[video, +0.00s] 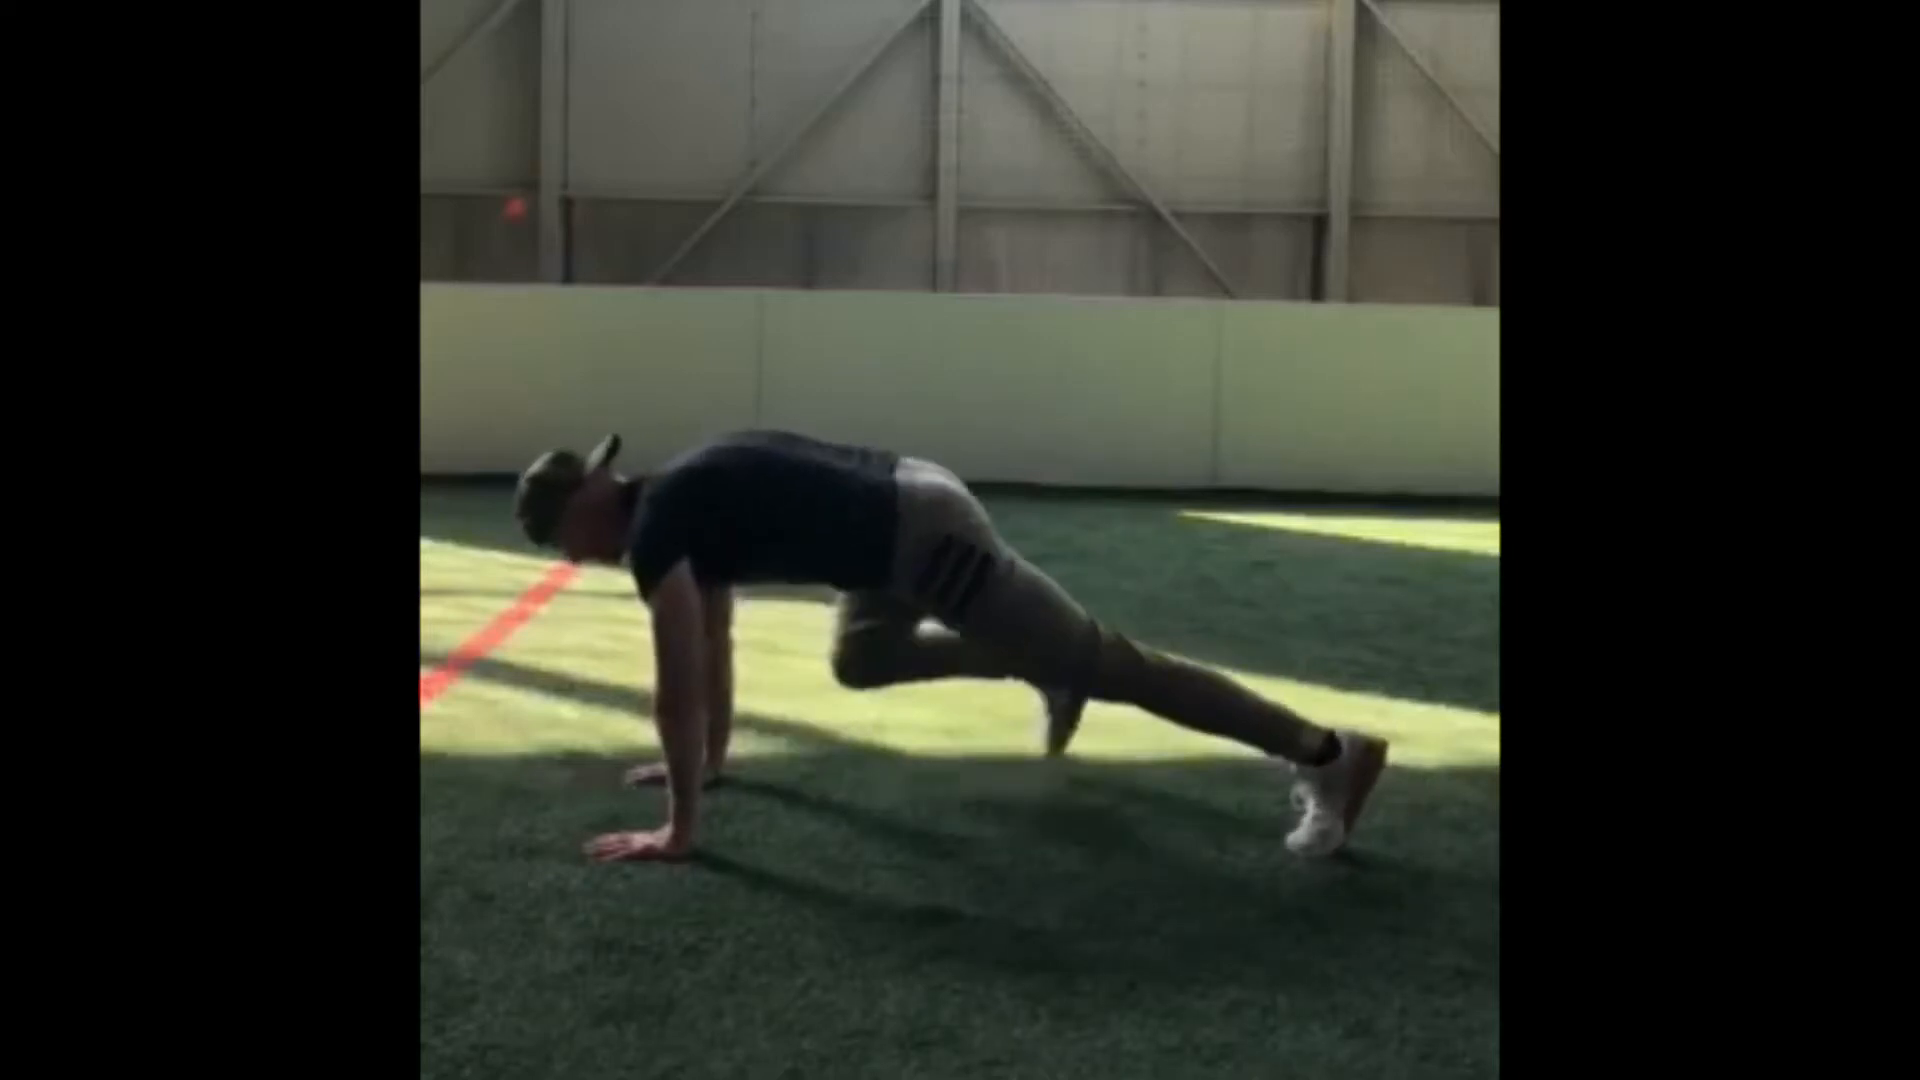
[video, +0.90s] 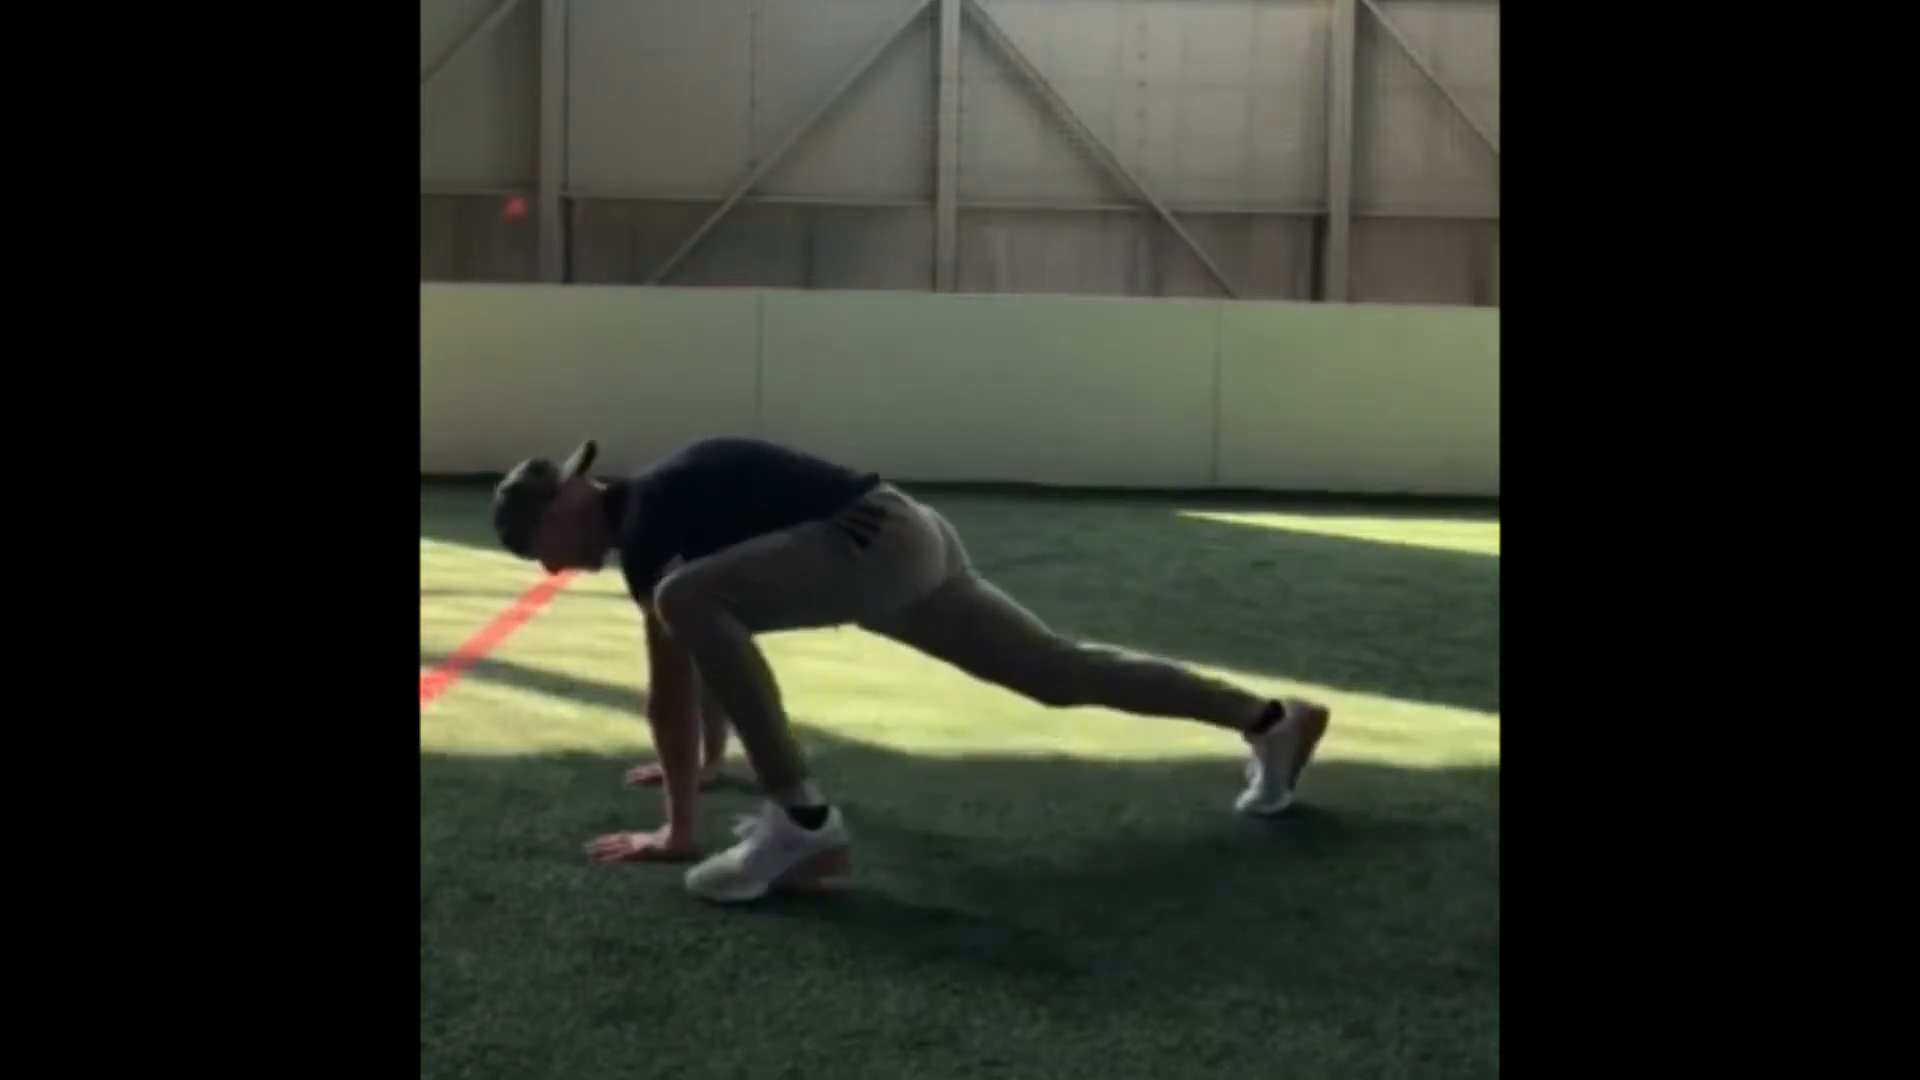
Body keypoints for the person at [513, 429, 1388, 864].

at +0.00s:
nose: (583, 563)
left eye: (575, 549)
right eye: (572, 551)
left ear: (591, 509)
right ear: (605, 488)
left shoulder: (659, 531)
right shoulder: (685, 499)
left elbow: (678, 690)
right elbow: (712, 654)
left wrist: (678, 828)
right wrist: (707, 757)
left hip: (924, 527)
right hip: (900, 509)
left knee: (1110, 666)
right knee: (860, 661)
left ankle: (1330, 754)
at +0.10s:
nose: (582, 562)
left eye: (573, 546)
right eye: (570, 551)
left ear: (591, 506)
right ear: (603, 491)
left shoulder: (659, 530)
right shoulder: (683, 511)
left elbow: (679, 688)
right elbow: (716, 662)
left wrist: (679, 830)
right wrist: (705, 763)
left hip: (932, 544)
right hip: (920, 550)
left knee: (1124, 666)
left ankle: (1340, 756)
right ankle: (1175, 678)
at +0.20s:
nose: (595, 562)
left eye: (585, 546)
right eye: (583, 550)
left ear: (603, 506)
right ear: (617, 489)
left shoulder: (672, 531)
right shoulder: (696, 506)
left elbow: (689, 686)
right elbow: (721, 666)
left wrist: (681, 826)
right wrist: (704, 768)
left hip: (944, 573)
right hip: (940, 556)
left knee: (1103, 697)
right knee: (1082, 698)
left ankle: (1355, 768)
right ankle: (1286, 733)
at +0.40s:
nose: (579, 556)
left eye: (570, 542)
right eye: (566, 546)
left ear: (588, 504)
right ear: (603, 483)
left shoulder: (660, 533)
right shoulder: (684, 498)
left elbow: (690, 683)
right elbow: (716, 662)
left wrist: (681, 828)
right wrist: (699, 764)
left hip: (924, 543)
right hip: (944, 505)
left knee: (1003, 749)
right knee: (1077, 654)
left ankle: (1237, 713)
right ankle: (1278, 714)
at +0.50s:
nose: (570, 560)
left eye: (563, 545)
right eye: (558, 551)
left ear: (583, 502)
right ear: (591, 494)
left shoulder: (664, 523)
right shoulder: (670, 501)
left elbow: (688, 678)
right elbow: (702, 653)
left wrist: (681, 828)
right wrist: (698, 760)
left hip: (901, 522)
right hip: (927, 499)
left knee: (826, 698)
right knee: (1074, 637)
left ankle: (1056, 747)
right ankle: (1281, 717)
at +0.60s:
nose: (567, 561)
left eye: (557, 545)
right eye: (552, 552)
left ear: (578, 505)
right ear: (583, 498)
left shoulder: (659, 531)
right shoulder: (660, 506)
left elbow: (680, 689)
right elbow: (699, 667)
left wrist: (675, 832)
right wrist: (691, 754)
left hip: (883, 542)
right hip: (915, 533)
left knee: (709, 593)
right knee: (1056, 660)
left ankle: (825, 820)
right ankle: (1272, 719)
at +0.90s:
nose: (556, 567)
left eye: (546, 552)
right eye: (543, 558)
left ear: (568, 511)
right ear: (579, 498)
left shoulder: (642, 532)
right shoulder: (658, 501)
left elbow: (663, 684)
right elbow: (706, 654)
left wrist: (672, 830)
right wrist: (693, 756)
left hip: (872, 546)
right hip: (912, 540)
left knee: (683, 602)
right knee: (1052, 672)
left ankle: (802, 825)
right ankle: (1269, 723)